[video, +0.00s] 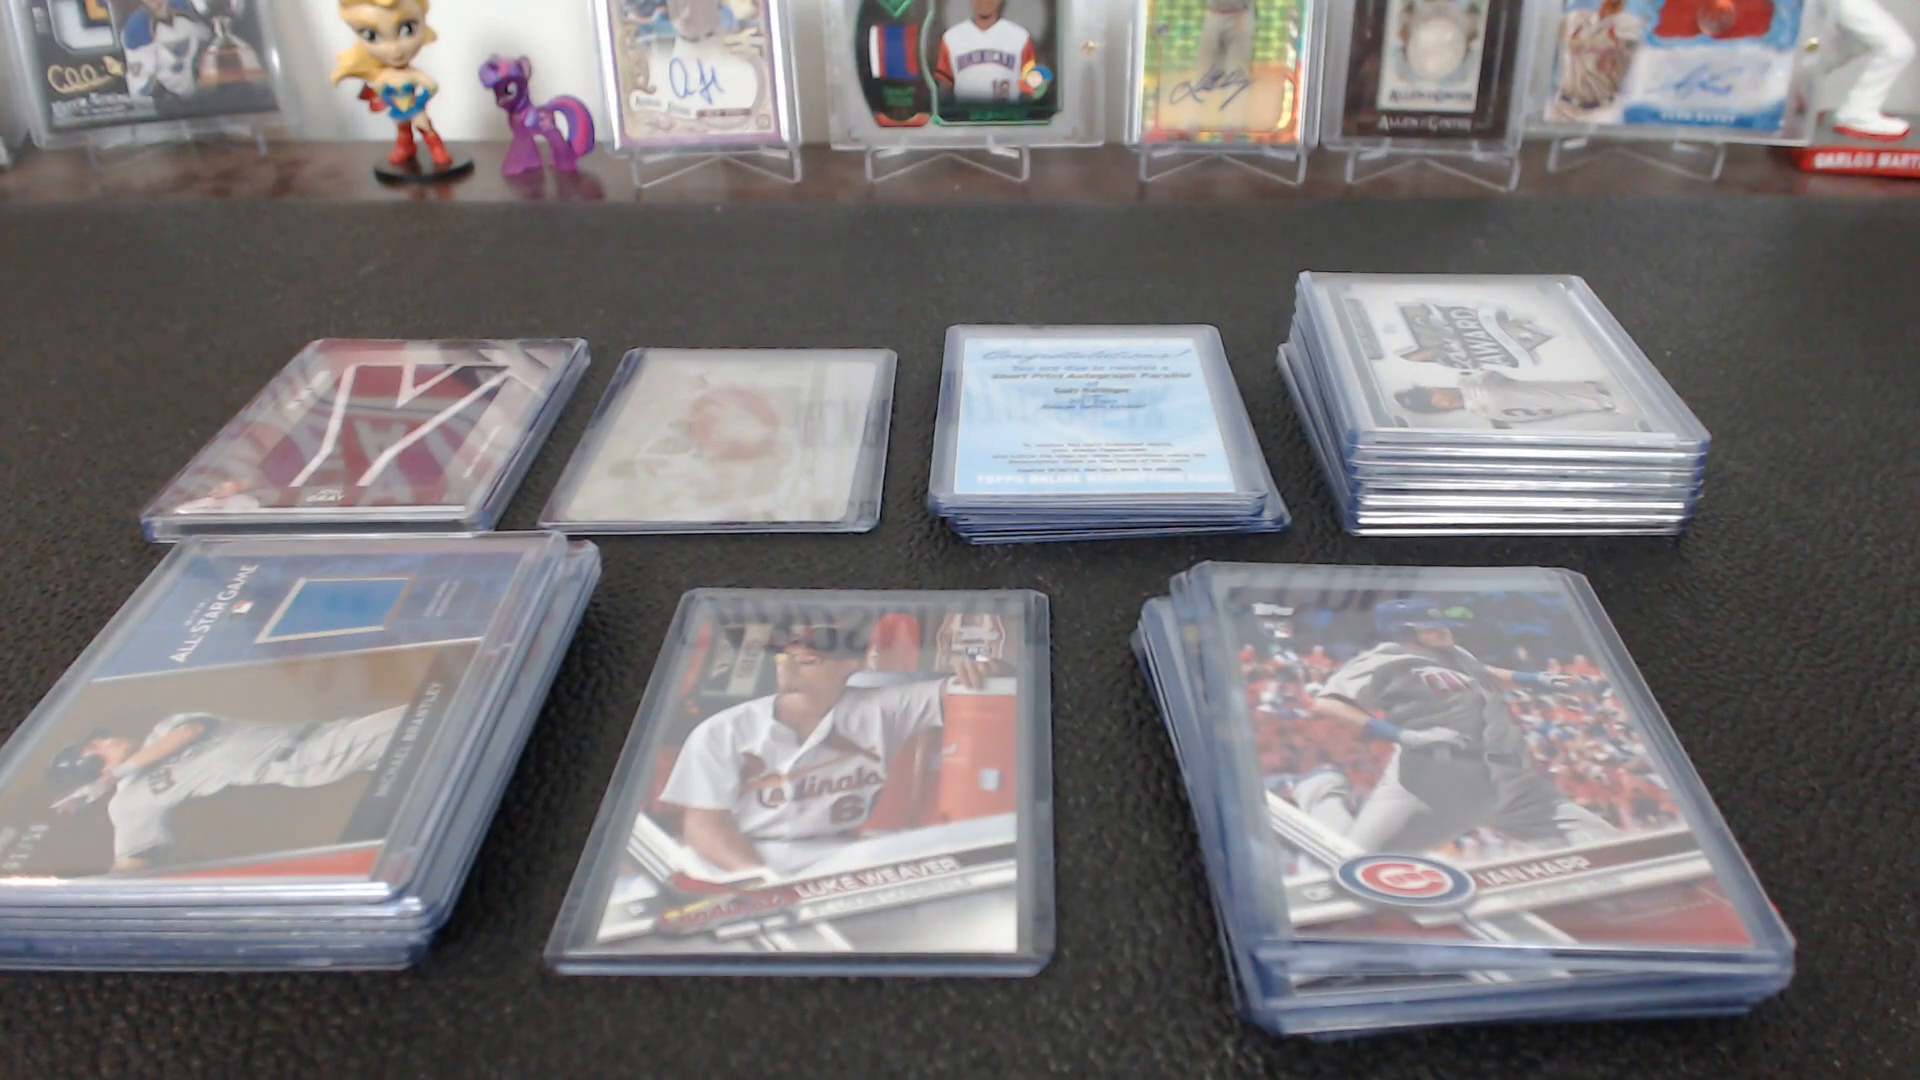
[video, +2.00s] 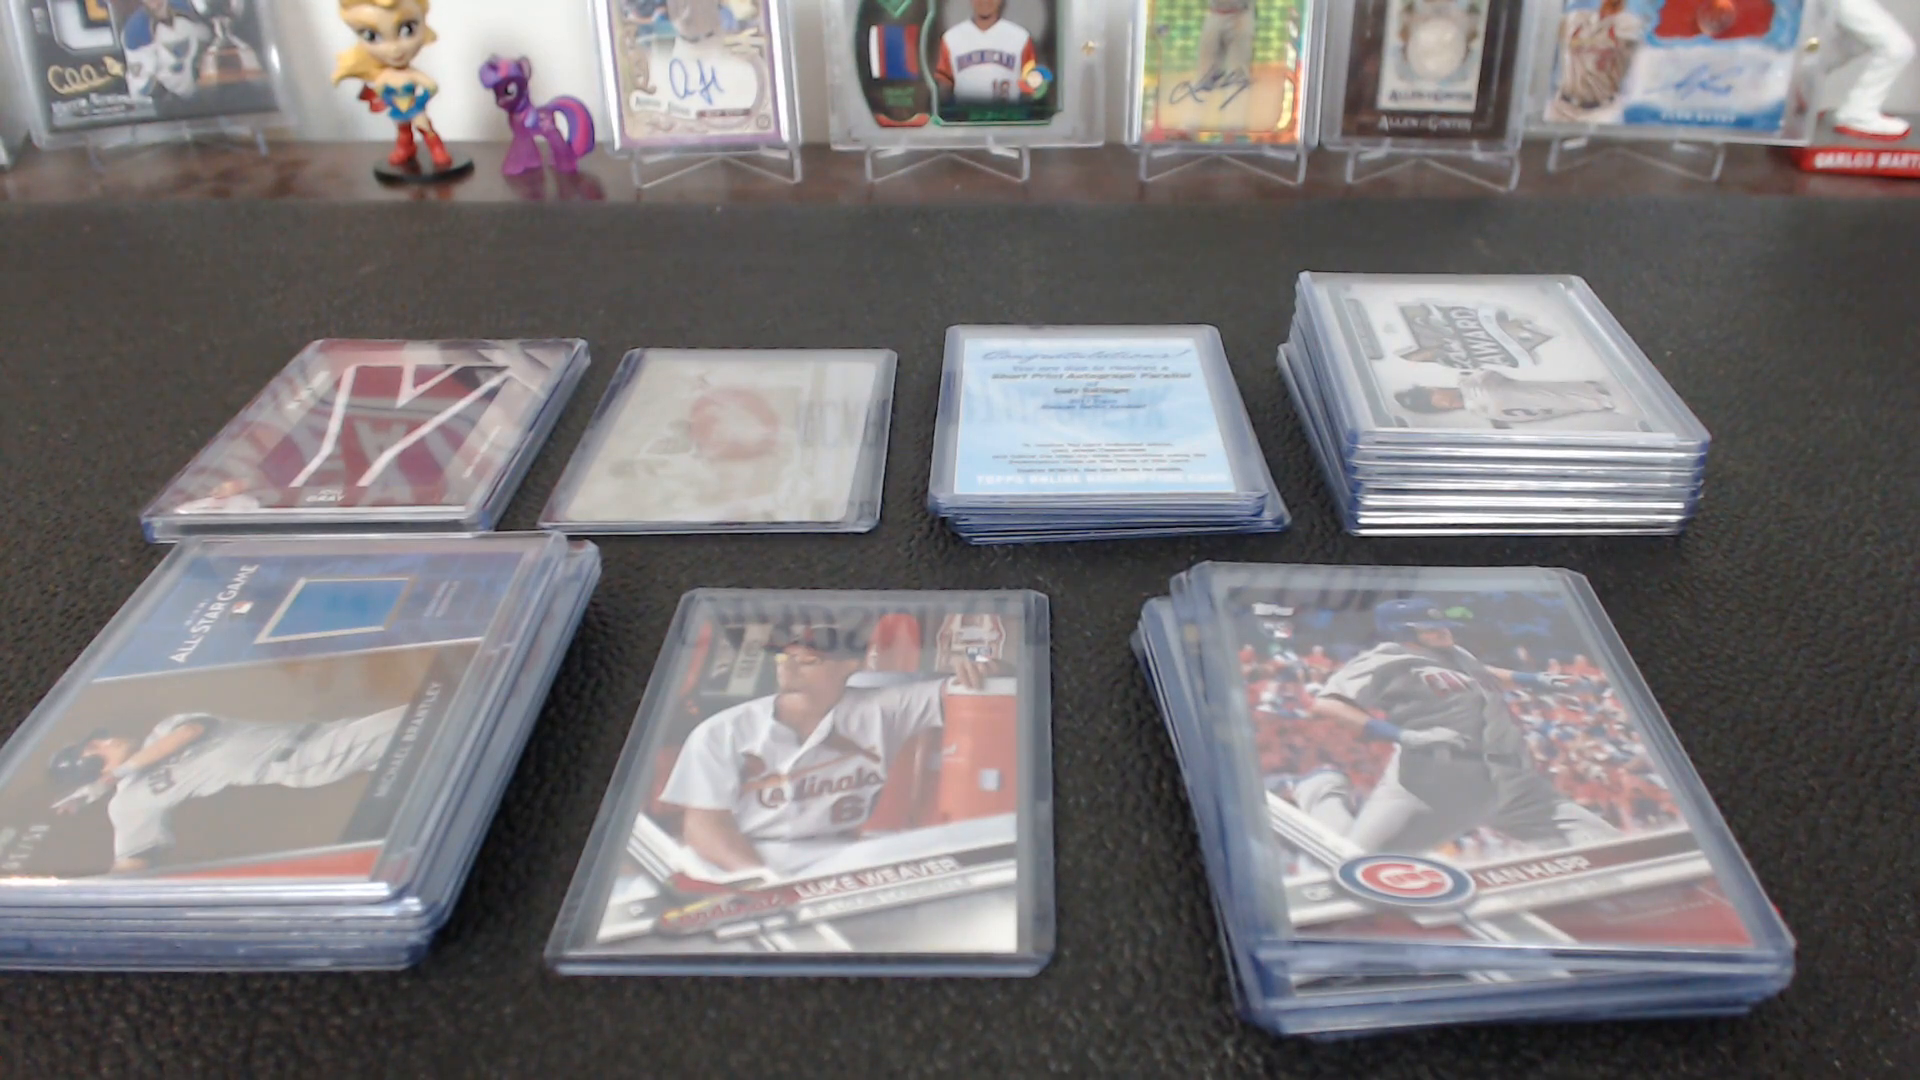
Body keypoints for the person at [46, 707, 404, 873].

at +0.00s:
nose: (109, 740)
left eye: (98, 740)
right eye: (99, 747)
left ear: (107, 743)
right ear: (100, 769)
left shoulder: (163, 727)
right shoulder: (131, 799)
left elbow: (193, 732)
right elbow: (130, 870)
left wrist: (116, 774)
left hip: (312, 731)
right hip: (300, 759)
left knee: (415, 720)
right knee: (413, 717)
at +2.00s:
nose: (109, 740)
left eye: (98, 739)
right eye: (99, 747)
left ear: (107, 743)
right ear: (100, 771)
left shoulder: (161, 728)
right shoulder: (130, 800)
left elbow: (193, 732)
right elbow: (129, 871)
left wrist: (116, 775)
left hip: (311, 732)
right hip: (298, 760)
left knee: (414, 721)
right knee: (412, 718)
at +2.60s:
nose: (109, 740)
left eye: (99, 739)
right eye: (99, 747)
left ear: (107, 742)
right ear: (99, 770)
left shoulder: (161, 728)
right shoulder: (130, 800)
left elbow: (193, 732)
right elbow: (129, 871)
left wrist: (116, 775)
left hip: (310, 732)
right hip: (297, 760)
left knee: (414, 721)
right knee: (412, 717)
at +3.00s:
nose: (111, 741)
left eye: (101, 740)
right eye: (101, 747)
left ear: (108, 741)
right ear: (100, 771)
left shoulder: (161, 728)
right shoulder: (131, 798)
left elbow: (193, 732)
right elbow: (129, 870)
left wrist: (117, 775)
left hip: (312, 733)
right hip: (299, 760)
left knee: (416, 721)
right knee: (414, 717)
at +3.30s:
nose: (111, 741)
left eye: (101, 739)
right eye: (101, 747)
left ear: (109, 741)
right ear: (100, 771)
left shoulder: (161, 729)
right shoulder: (131, 799)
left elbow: (193, 732)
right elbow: (129, 870)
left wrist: (118, 774)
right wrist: (87, 901)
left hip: (311, 733)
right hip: (298, 760)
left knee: (415, 722)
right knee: (414, 718)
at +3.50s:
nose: (111, 740)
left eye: (101, 739)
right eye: (101, 747)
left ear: (108, 742)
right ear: (100, 771)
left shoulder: (161, 729)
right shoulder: (131, 799)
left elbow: (193, 732)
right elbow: (129, 871)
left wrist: (119, 773)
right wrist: (82, 899)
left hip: (312, 733)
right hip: (299, 760)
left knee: (416, 722)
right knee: (414, 718)